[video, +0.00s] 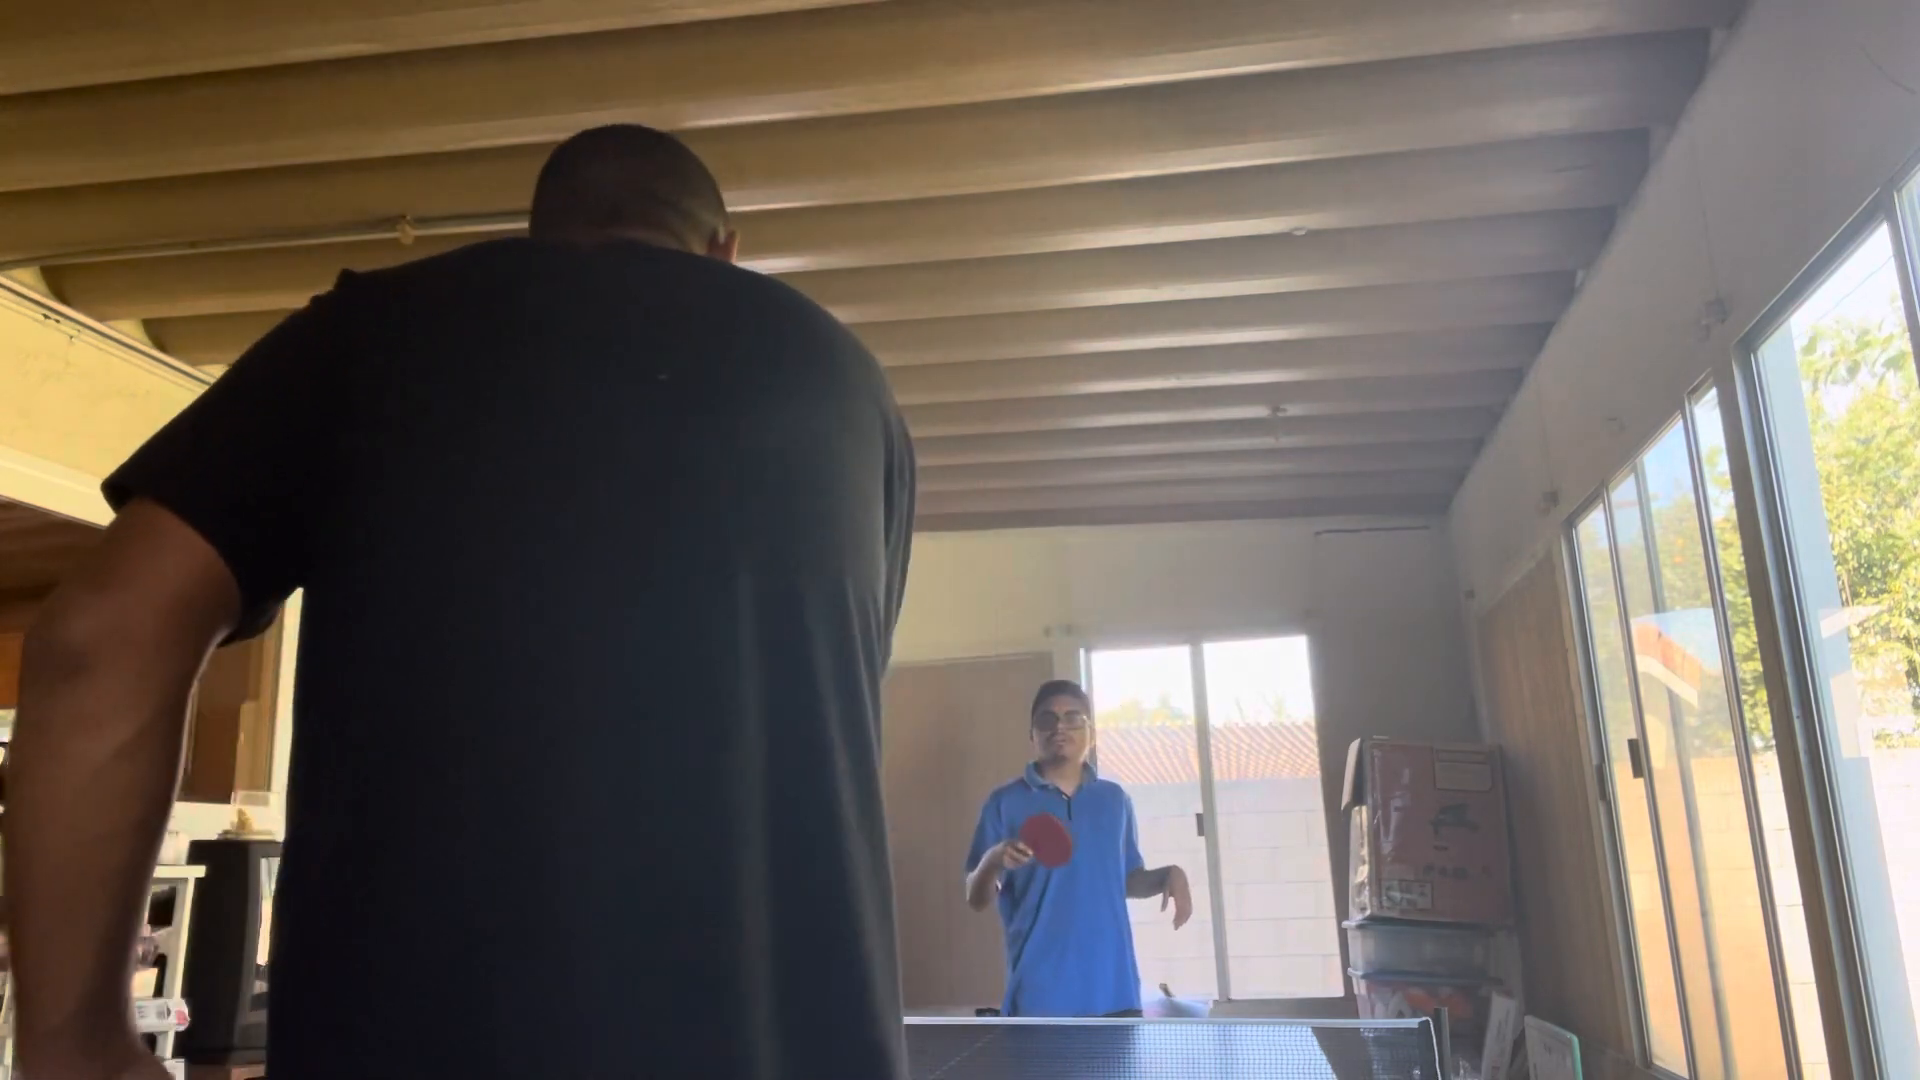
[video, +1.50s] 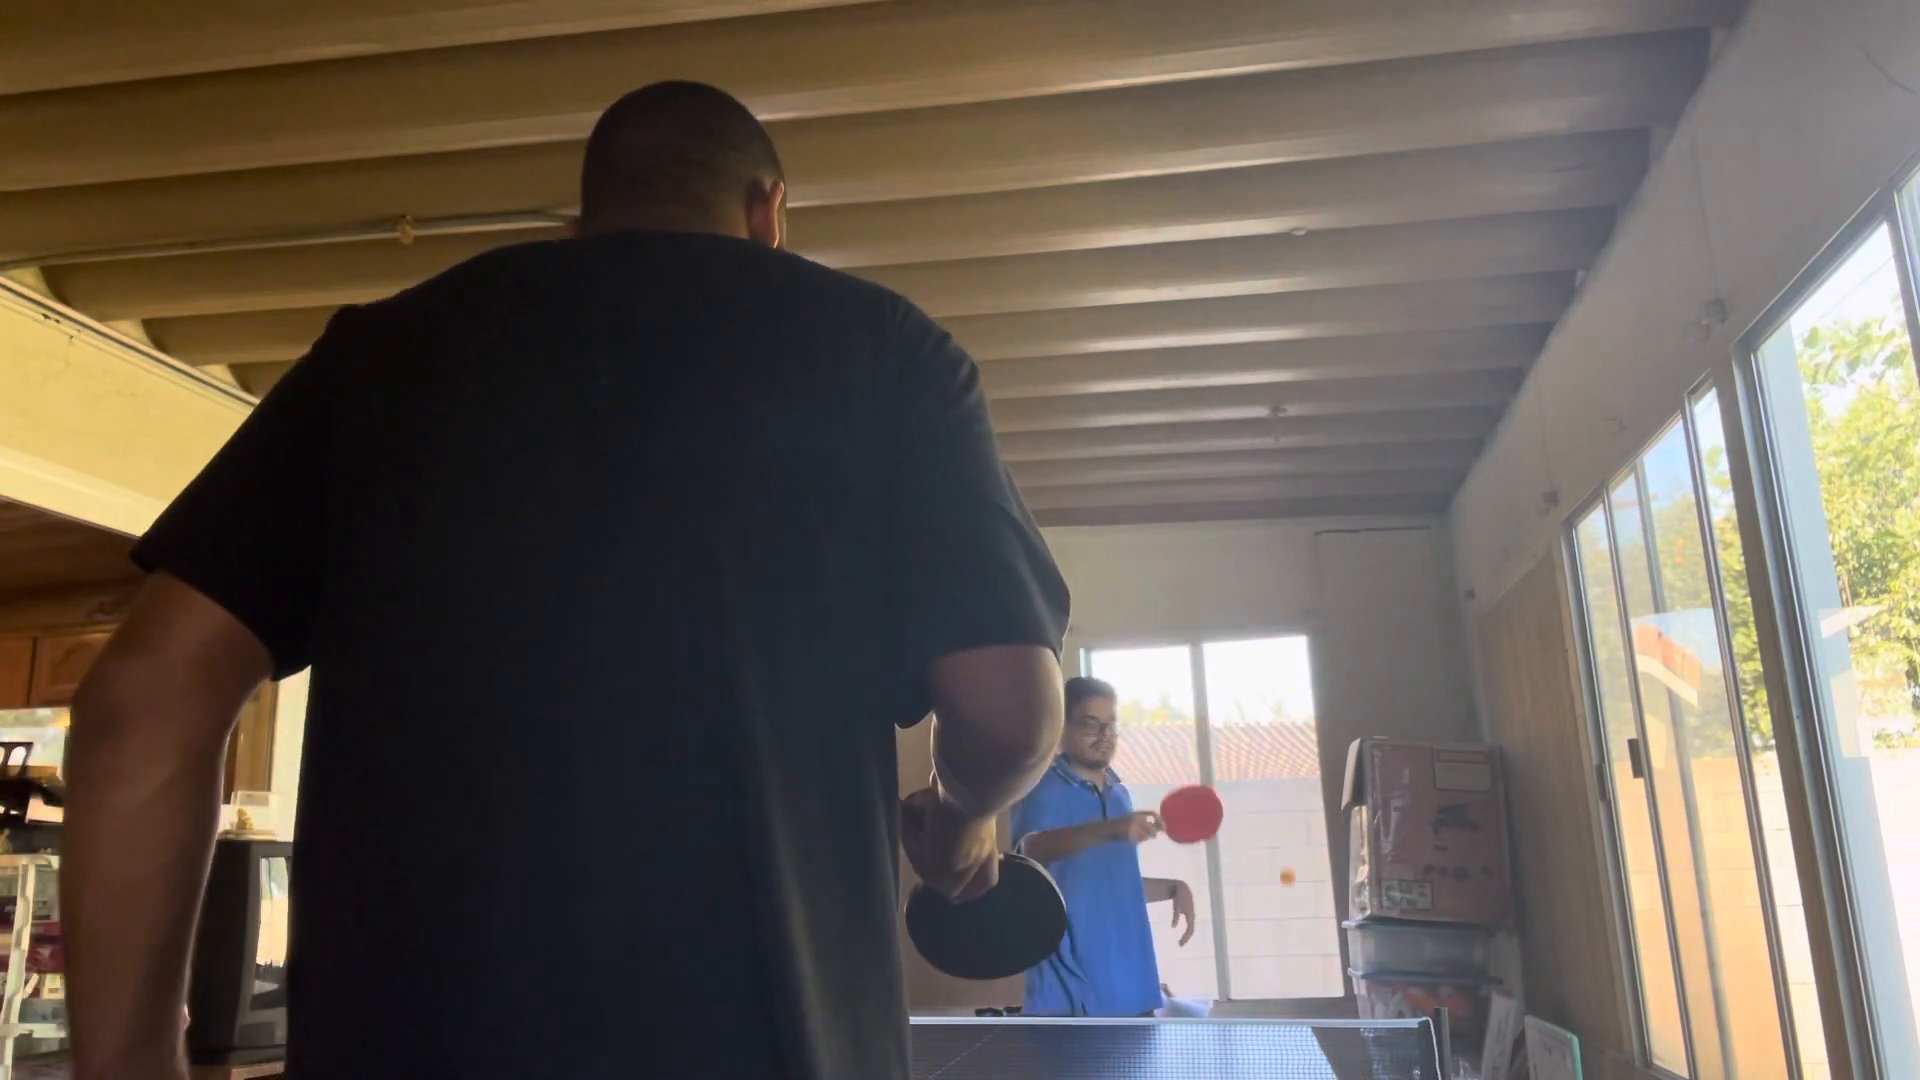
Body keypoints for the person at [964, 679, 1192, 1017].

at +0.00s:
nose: (1059, 728)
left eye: (1072, 718)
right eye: (1047, 719)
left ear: (1091, 732)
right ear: (1032, 733)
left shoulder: (1114, 799)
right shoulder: (1005, 803)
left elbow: (1128, 881)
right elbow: (977, 899)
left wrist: (1169, 874)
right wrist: (994, 858)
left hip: (1113, 990)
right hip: (1040, 995)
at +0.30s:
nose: (1061, 728)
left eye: (1074, 719)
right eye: (1048, 719)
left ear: (1091, 733)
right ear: (1032, 733)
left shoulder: (1115, 800)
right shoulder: (1004, 804)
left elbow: (1128, 881)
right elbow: (972, 897)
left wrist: (1168, 875)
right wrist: (991, 860)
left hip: (1112, 991)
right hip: (1039, 997)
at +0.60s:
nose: (1069, 738)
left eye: (1081, 726)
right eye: (1056, 727)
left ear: (1095, 733)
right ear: (1037, 732)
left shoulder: (1114, 800)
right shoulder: (1008, 802)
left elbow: (1125, 882)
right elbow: (977, 887)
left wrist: (1168, 878)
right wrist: (1030, 860)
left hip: (1112, 986)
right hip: (1041, 989)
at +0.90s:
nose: (1080, 735)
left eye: (1090, 724)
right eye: (1065, 724)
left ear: (1101, 729)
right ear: (1043, 731)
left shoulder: (1113, 797)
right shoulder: (1020, 795)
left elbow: (1123, 866)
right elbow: (1006, 864)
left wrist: (1173, 882)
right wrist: (1078, 845)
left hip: (1114, 983)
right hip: (1046, 987)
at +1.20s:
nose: (1089, 728)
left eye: (1098, 718)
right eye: (1075, 718)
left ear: (1107, 726)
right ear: (1050, 726)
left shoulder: (1106, 788)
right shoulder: (1043, 778)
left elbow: (1108, 887)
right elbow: (1073, 797)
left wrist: (1169, 876)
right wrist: (1145, 779)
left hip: (1116, 987)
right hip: (1055, 992)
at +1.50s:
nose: (1104, 736)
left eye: (1111, 725)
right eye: (1090, 724)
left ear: (1117, 728)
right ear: (1061, 727)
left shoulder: (1116, 795)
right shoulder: (1041, 787)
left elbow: (1112, 887)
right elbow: (1028, 849)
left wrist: (1172, 887)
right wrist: (1113, 828)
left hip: (1129, 990)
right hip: (1065, 998)